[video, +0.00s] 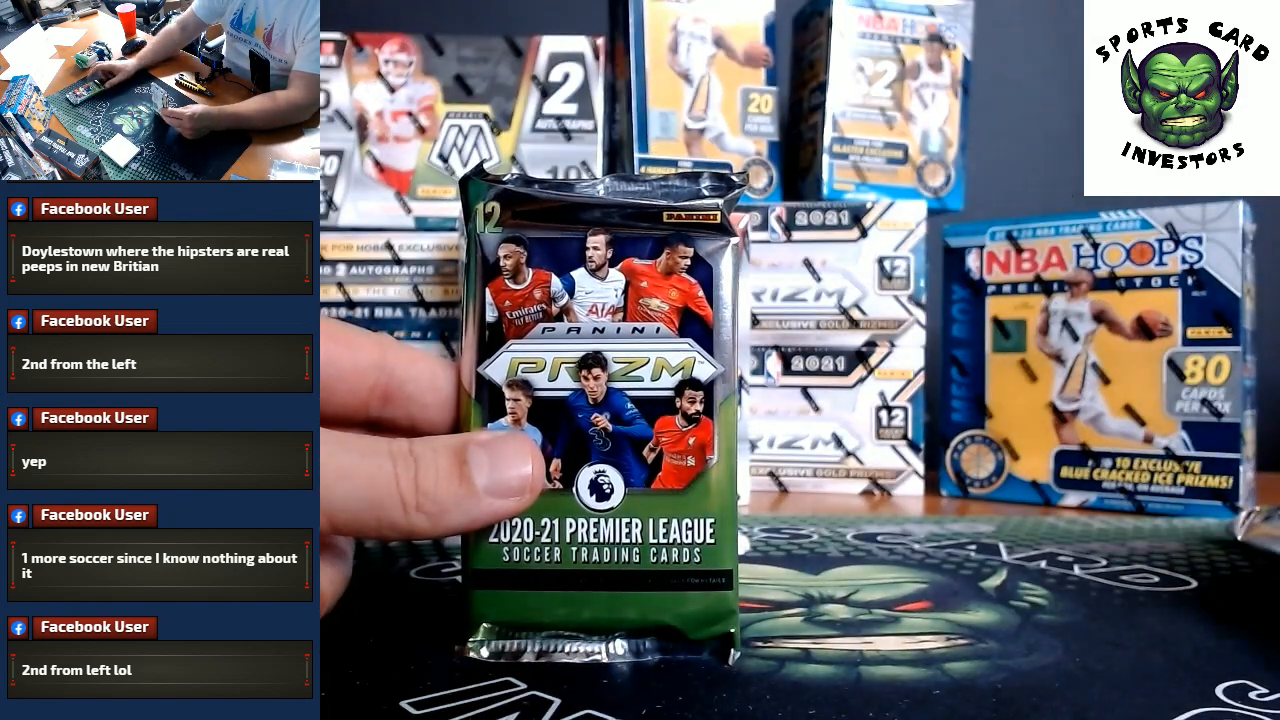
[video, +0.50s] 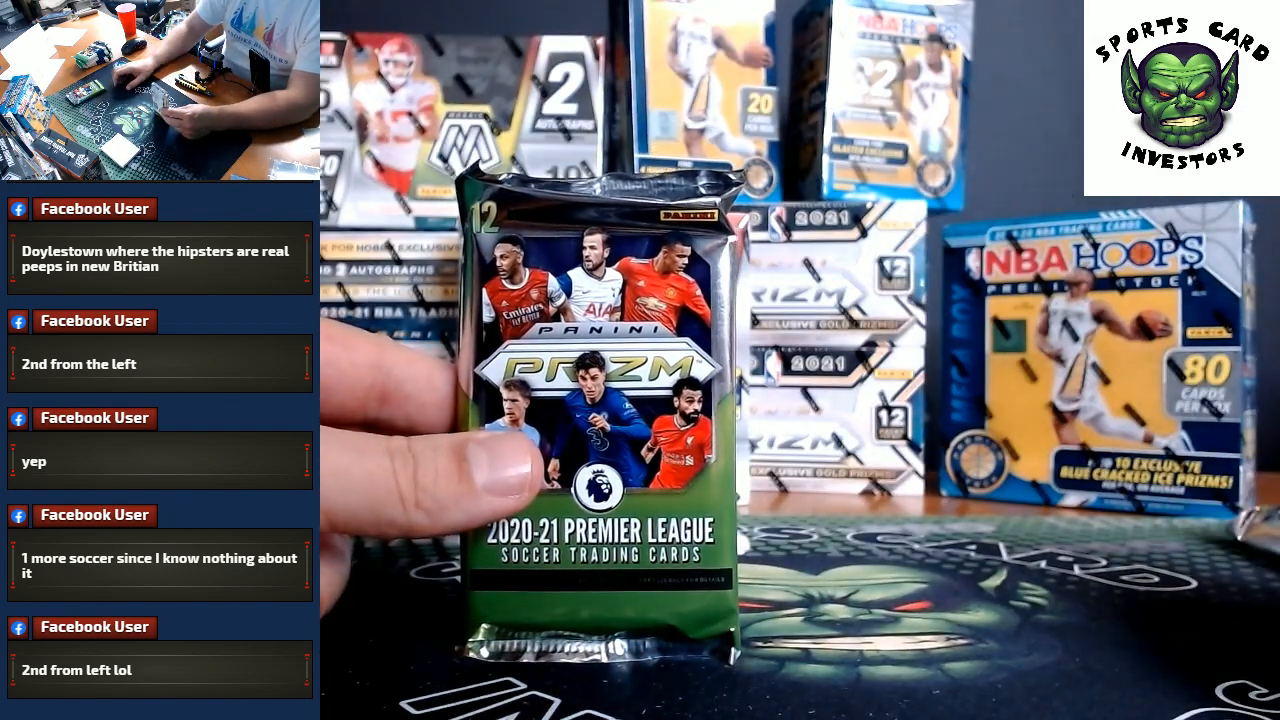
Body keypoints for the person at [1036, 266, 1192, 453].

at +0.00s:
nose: (1072, 288)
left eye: (1077, 284)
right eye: (1070, 283)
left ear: (1087, 286)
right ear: (1067, 283)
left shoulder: (1095, 308)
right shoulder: (1053, 303)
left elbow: (1126, 331)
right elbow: (1039, 335)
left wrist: (1156, 330)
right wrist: (1047, 350)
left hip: (1081, 365)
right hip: (1063, 366)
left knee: (1062, 418)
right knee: (1103, 424)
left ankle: (1077, 473)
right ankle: (1165, 442)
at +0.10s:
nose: (1072, 288)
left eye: (1077, 284)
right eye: (1070, 283)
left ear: (1087, 286)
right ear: (1067, 283)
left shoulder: (1095, 308)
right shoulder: (1053, 303)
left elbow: (1126, 331)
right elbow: (1039, 335)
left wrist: (1156, 330)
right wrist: (1047, 350)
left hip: (1081, 365)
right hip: (1063, 366)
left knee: (1062, 418)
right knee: (1103, 424)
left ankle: (1077, 473)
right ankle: (1165, 442)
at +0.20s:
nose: (1072, 287)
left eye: (1077, 283)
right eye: (1071, 283)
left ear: (1087, 285)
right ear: (1067, 283)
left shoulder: (1095, 308)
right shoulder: (1053, 304)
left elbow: (1126, 331)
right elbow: (1039, 335)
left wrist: (1156, 329)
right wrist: (1047, 350)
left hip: (1081, 365)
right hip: (1064, 367)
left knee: (1062, 418)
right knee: (1103, 424)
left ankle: (1077, 473)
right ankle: (1165, 442)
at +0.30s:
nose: (1072, 287)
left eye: (1077, 284)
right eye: (1071, 283)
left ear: (1087, 285)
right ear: (1067, 283)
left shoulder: (1095, 308)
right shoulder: (1053, 304)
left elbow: (1126, 331)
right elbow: (1039, 335)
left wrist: (1156, 329)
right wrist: (1047, 350)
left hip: (1081, 365)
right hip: (1064, 367)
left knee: (1062, 418)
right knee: (1103, 424)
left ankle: (1077, 473)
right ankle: (1165, 442)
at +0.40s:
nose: (1072, 287)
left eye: (1077, 284)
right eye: (1071, 283)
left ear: (1087, 286)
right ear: (1067, 283)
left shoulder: (1095, 308)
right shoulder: (1053, 304)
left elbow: (1126, 331)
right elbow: (1039, 335)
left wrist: (1156, 329)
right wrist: (1047, 350)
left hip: (1081, 365)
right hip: (1064, 367)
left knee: (1062, 418)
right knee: (1103, 424)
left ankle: (1077, 473)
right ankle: (1165, 442)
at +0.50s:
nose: (1072, 288)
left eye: (1077, 284)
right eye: (1071, 283)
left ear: (1087, 285)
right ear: (1067, 283)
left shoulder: (1095, 308)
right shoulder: (1053, 304)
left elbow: (1126, 331)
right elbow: (1039, 334)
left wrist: (1156, 329)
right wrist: (1047, 349)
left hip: (1081, 365)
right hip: (1064, 367)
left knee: (1062, 418)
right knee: (1103, 424)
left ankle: (1078, 473)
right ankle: (1165, 442)